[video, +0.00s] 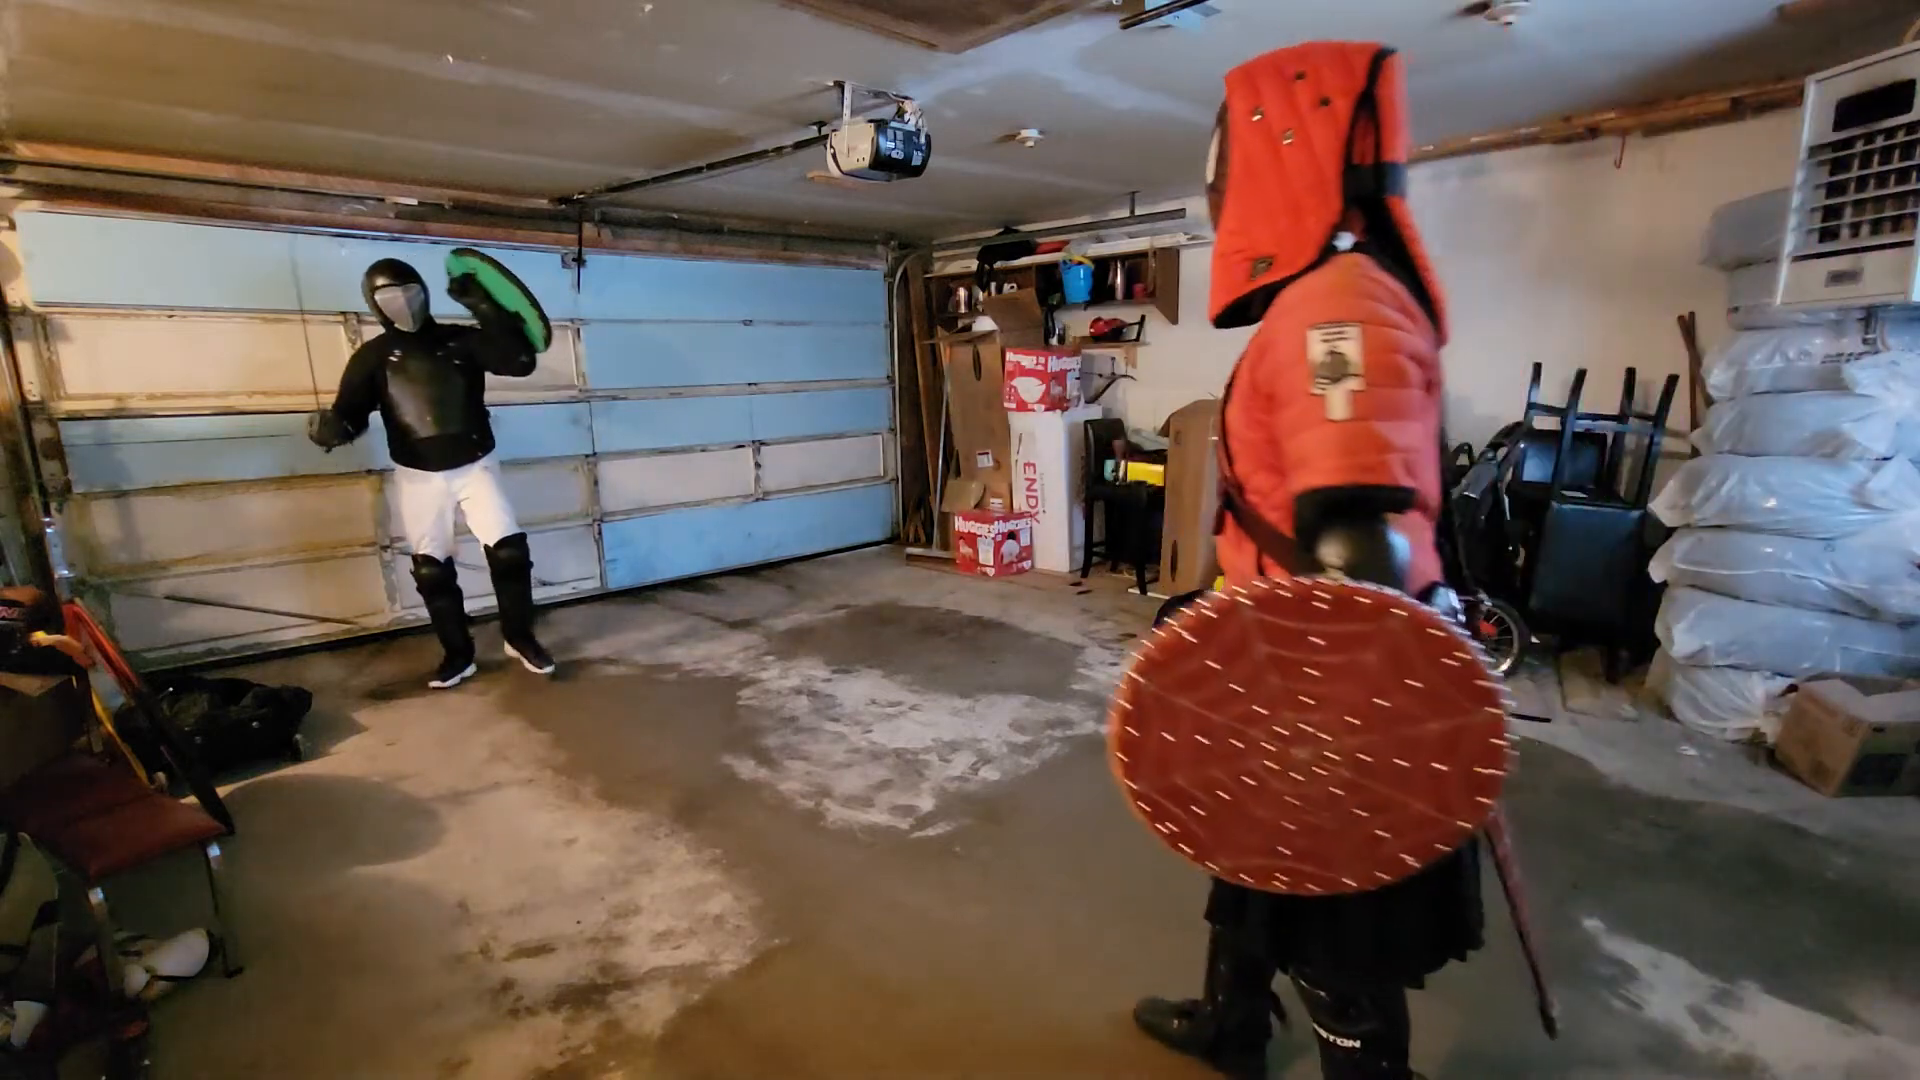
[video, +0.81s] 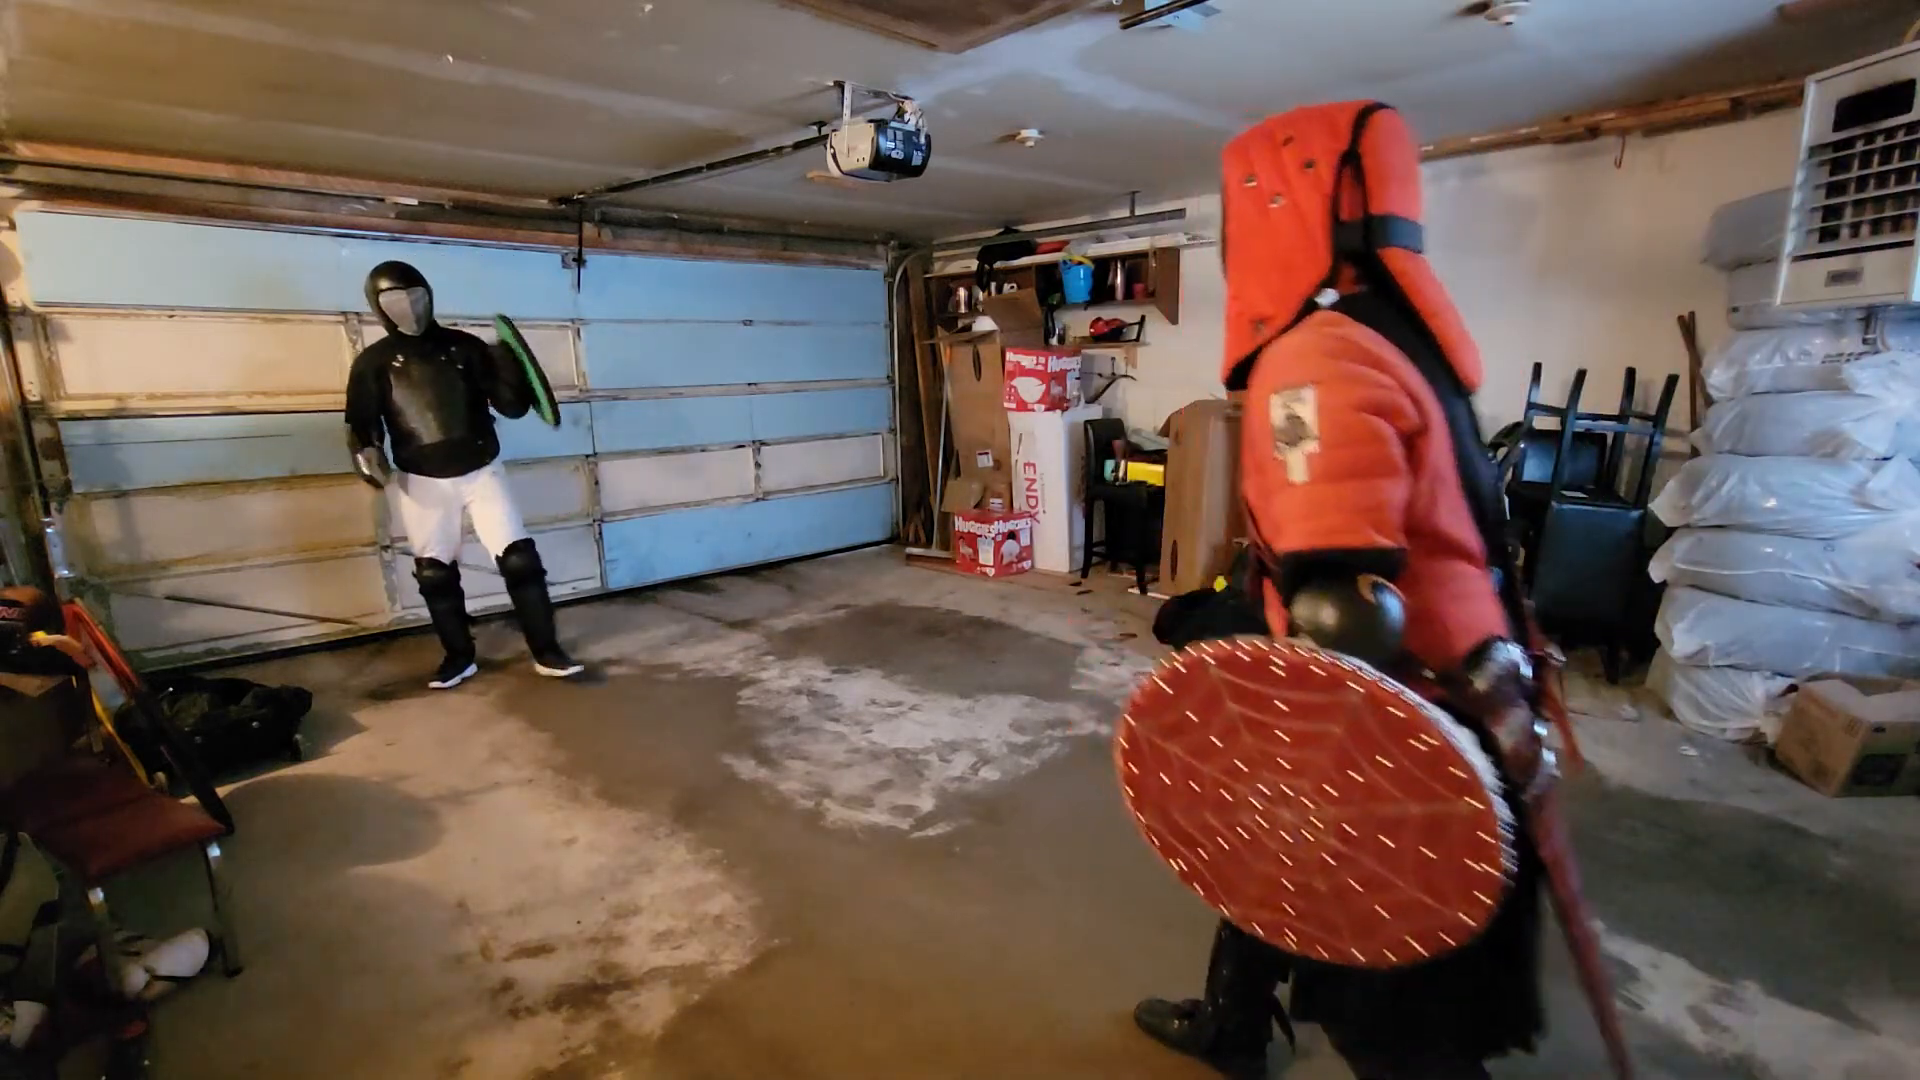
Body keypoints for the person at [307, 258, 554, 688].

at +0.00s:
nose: (401, 304)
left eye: (407, 293)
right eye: (388, 298)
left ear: (421, 293)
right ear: (375, 306)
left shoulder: (463, 341)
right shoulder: (371, 359)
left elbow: (521, 361)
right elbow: (349, 417)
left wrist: (481, 304)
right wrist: (331, 429)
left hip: (475, 468)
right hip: (417, 477)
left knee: (510, 551)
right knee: (430, 569)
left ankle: (520, 637)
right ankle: (458, 654)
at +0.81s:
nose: (408, 306)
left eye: (414, 295)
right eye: (395, 299)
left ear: (427, 296)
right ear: (379, 308)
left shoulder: (466, 347)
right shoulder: (372, 364)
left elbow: (513, 406)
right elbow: (361, 423)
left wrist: (510, 362)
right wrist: (366, 451)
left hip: (482, 473)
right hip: (422, 483)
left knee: (519, 558)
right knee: (433, 573)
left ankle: (547, 651)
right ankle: (459, 656)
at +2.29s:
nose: (455, 291)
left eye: (463, 279)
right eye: (441, 283)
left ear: (480, 280)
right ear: (428, 293)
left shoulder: (526, 342)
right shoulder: (419, 355)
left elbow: (591, 384)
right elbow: (381, 424)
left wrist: (563, 324)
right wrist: (385, 452)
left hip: (529, 496)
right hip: (459, 502)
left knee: (565, 595)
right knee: (454, 608)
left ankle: (589, 708)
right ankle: (482, 684)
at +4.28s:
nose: (520, 299)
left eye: (525, 289)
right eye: (509, 289)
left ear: (531, 293)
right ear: (478, 292)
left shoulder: (545, 349)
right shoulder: (441, 349)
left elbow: (605, 396)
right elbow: (410, 422)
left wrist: (590, 336)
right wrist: (450, 464)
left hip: (538, 495)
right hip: (470, 498)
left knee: (568, 594)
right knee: (464, 601)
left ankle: (572, 701)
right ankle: (481, 684)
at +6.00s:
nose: (563, 302)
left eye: (561, 294)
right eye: (551, 294)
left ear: (558, 302)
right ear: (525, 302)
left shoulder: (580, 358)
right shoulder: (491, 359)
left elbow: (633, 397)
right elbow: (457, 427)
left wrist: (610, 340)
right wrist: (482, 486)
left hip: (572, 493)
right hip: (508, 493)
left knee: (622, 571)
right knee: (480, 589)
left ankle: (642, 662)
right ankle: (471, 674)